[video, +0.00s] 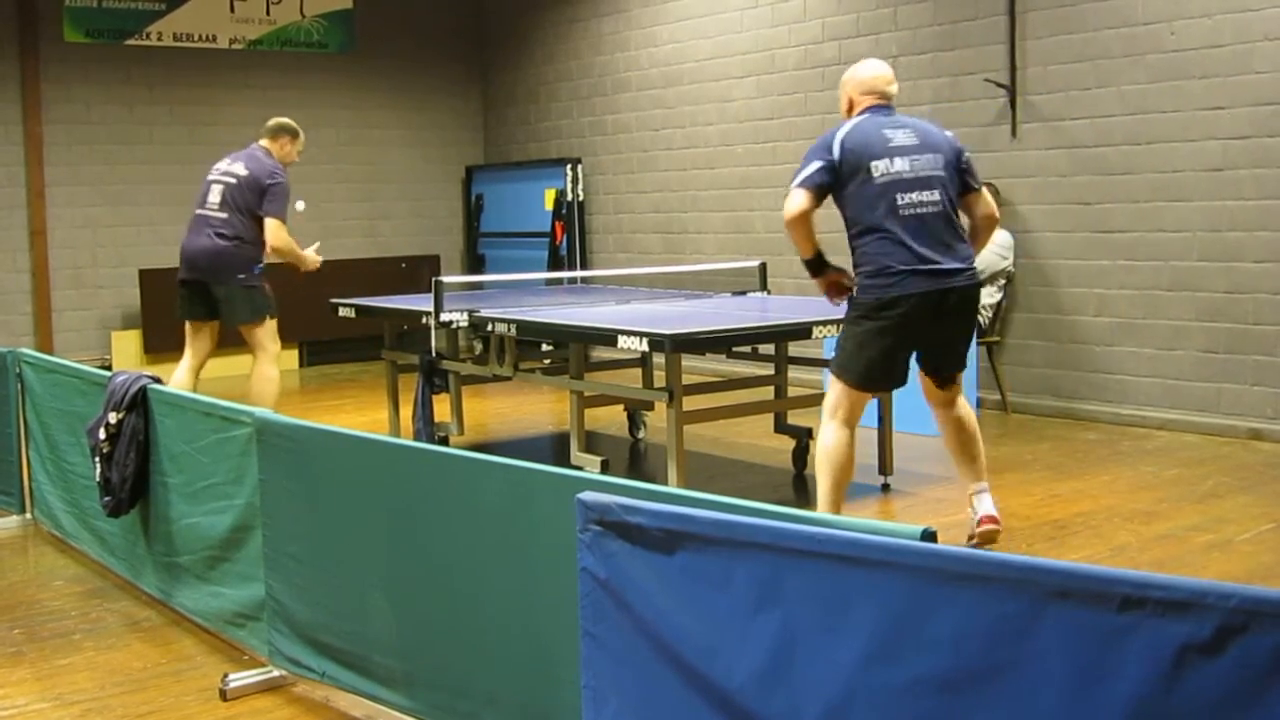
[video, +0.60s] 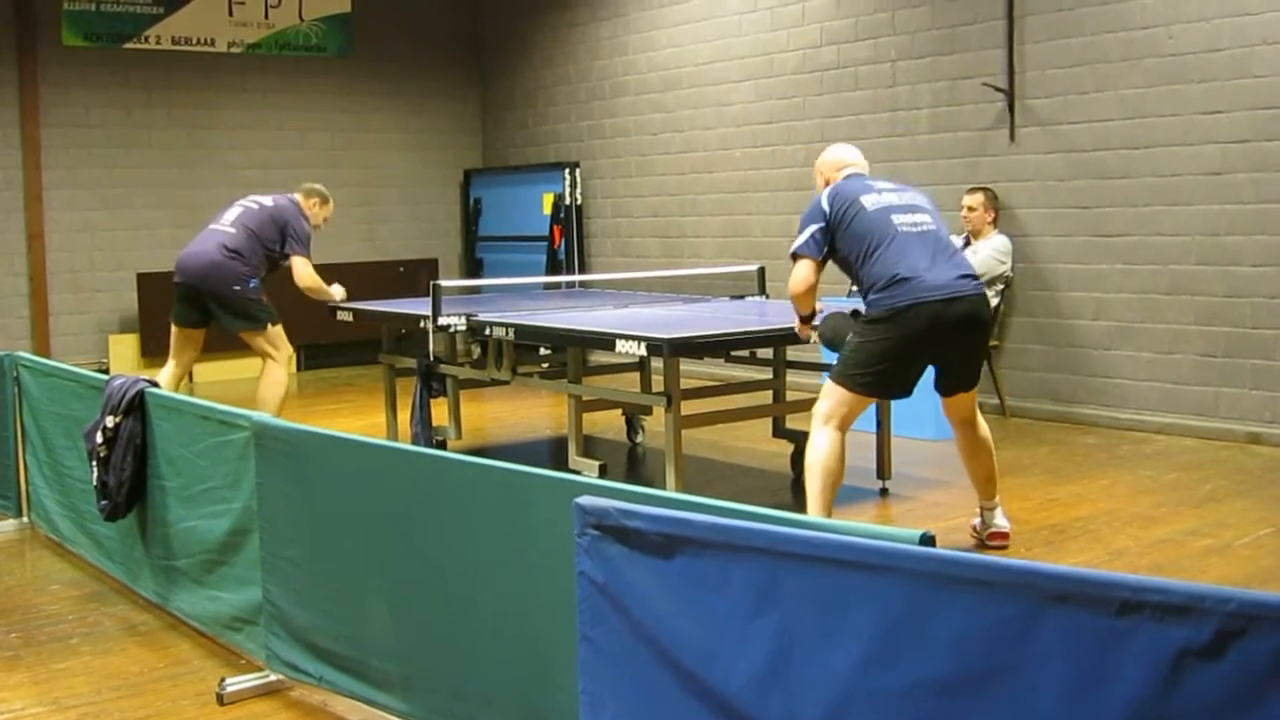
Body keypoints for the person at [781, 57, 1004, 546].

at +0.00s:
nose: (838, 109)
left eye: (840, 102)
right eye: (841, 102)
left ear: (850, 100)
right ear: (893, 98)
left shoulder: (838, 139)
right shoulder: (939, 136)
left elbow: (795, 212)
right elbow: (986, 214)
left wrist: (822, 271)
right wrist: (953, 263)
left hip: (886, 295)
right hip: (955, 291)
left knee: (839, 416)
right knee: (948, 393)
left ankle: (826, 532)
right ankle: (984, 505)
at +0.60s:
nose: (818, 187)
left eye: (817, 181)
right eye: (817, 181)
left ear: (826, 176)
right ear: (863, 168)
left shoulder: (826, 200)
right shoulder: (912, 192)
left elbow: (800, 286)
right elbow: (933, 255)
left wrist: (807, 317)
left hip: (901, 310)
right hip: (968, 303)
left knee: (829, 420)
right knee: (966, 413)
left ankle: (815, 535)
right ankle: (993, 517)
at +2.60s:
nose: (836, 129)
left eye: (836, 122)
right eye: (836, 123)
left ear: (847, 118)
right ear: (884, 116)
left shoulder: (840, 148)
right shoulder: (928, 149)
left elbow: (809, 235)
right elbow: (950, 214)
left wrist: (830, 242)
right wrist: (885, 232)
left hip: (891, 270)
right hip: (955, 270)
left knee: (815, 381)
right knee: (945, 380)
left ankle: (802, 492)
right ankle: (976, 481)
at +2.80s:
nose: (824, 104)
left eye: (824, 98)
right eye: (825, 98)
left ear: (833, 94)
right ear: (872, 95)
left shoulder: (825, 129)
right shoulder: (914, 132)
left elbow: (772, 207)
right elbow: (939, 209)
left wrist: (790, 175)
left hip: (872, 266)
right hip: (935, 263)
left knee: (801, 375)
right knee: (934, 376)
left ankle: (801, 490)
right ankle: (975, 477)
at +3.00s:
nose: (800, 92)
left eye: (801, 84)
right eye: (801, 85)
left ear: (810, 81)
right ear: (849, 83)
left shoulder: (798, 113)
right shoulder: (881, 123)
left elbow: (724, 171)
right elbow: (912, 202)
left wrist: (727, 154)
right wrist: (898, 241)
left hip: (836, 258)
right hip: (897, 261)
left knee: (774, 377)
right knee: (871, 350)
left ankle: (792, 486)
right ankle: (903, 455)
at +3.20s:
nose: (785, 93)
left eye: (785, 87)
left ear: (788, 86)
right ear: (835, 89)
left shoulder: (789, 107)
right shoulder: (861, 131)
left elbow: (742, 147)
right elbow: (868, 200)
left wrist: (707, 168)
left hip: (824, 251)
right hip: (877, 254)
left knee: (764, 372)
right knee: (827, 362)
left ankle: (792, 483)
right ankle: (826, 454)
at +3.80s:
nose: (775, 81)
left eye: (775, 75)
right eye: (777, 75)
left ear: (781, 75)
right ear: (824, 74)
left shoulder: (773, 113)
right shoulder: (861, 121)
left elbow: (704, 161)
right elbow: (900, 199)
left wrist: (684, 202)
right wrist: (862, 215)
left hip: (814, 260)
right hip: (878, 258)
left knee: (757, 380)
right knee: (865, 355)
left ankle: (768, 486)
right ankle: (899, 450)